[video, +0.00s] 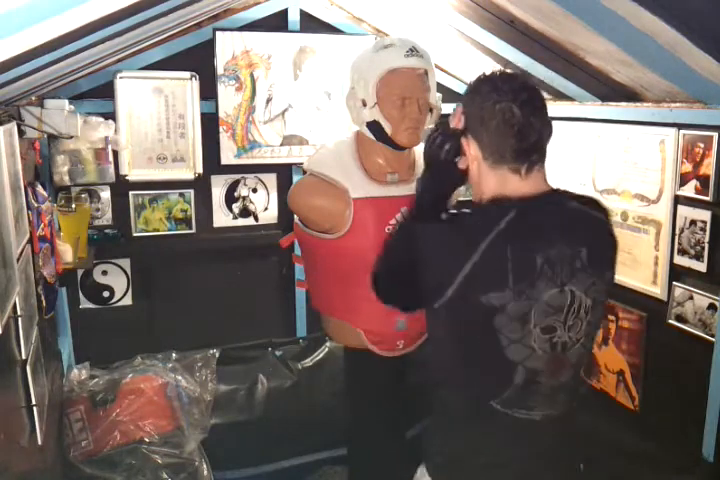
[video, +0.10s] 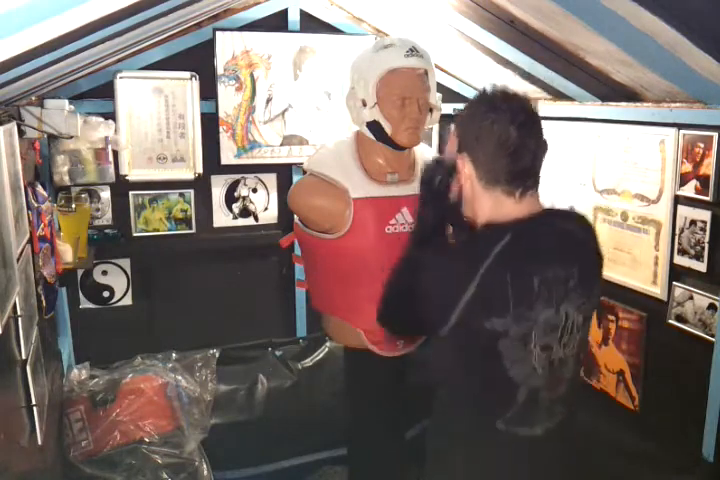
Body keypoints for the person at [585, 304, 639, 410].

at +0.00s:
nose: (609, 326)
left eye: (612, 322)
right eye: (606, 322)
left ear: (616, 326)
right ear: (600, 325)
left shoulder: (619, 360)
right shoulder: (590, 349)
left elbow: (633, 394)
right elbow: (578, 372)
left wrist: (636, 402)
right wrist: (589, 382)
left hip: (608, 402)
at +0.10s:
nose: (610, 326)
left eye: (613, 321)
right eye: (607, 321)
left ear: (616, 325)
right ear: (599, 324)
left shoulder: (619, 360)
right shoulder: (591, 349)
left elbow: (634, 395)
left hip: (608, 405)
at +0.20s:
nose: (610, 326)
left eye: (613, 322)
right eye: (607, 321)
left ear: (616, 325)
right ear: (600, 324)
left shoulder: (619, 360)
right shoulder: (590, 349)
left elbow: (634, 395)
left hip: (608, 404)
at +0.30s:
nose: (610, 326)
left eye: (613, 321)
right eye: (607, 320)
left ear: (616, 325)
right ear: (600, 323)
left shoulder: (619, 359)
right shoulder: (589, 347)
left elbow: (634, 395)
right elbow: (578, 372)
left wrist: (636, 404)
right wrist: (587, 382)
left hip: (609, 404)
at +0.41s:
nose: (610, 326)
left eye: (612, 321)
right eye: (607, 320)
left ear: (616, 325)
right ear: (600, 323)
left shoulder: (619, 359)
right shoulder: (589, 345)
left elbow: (633, 394)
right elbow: (578, 373)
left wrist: (636, 404)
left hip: (609, 405)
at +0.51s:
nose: (609, 327)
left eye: (612, 322)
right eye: (606, 322)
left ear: (616, 326)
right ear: (600, 325)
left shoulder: (620, 360)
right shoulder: (590, 350)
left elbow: (633, 394)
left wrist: (636, 404)